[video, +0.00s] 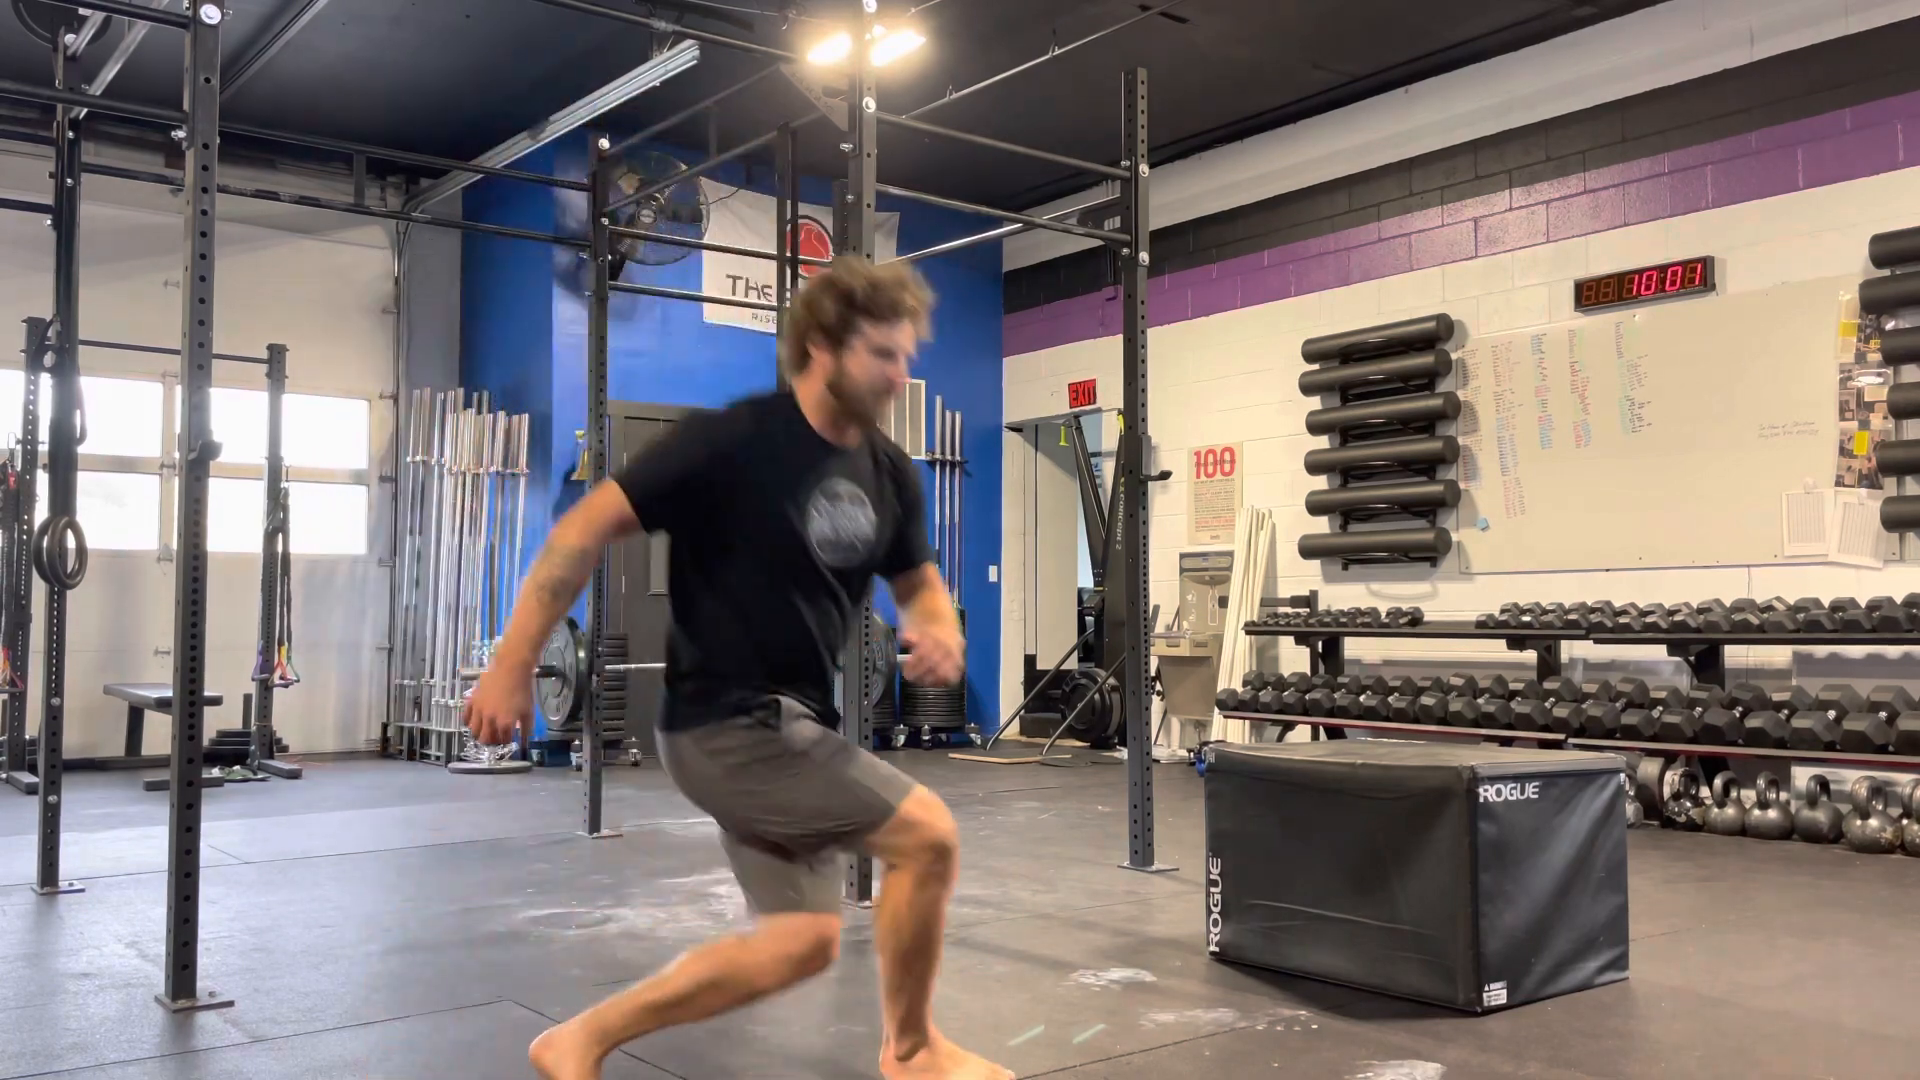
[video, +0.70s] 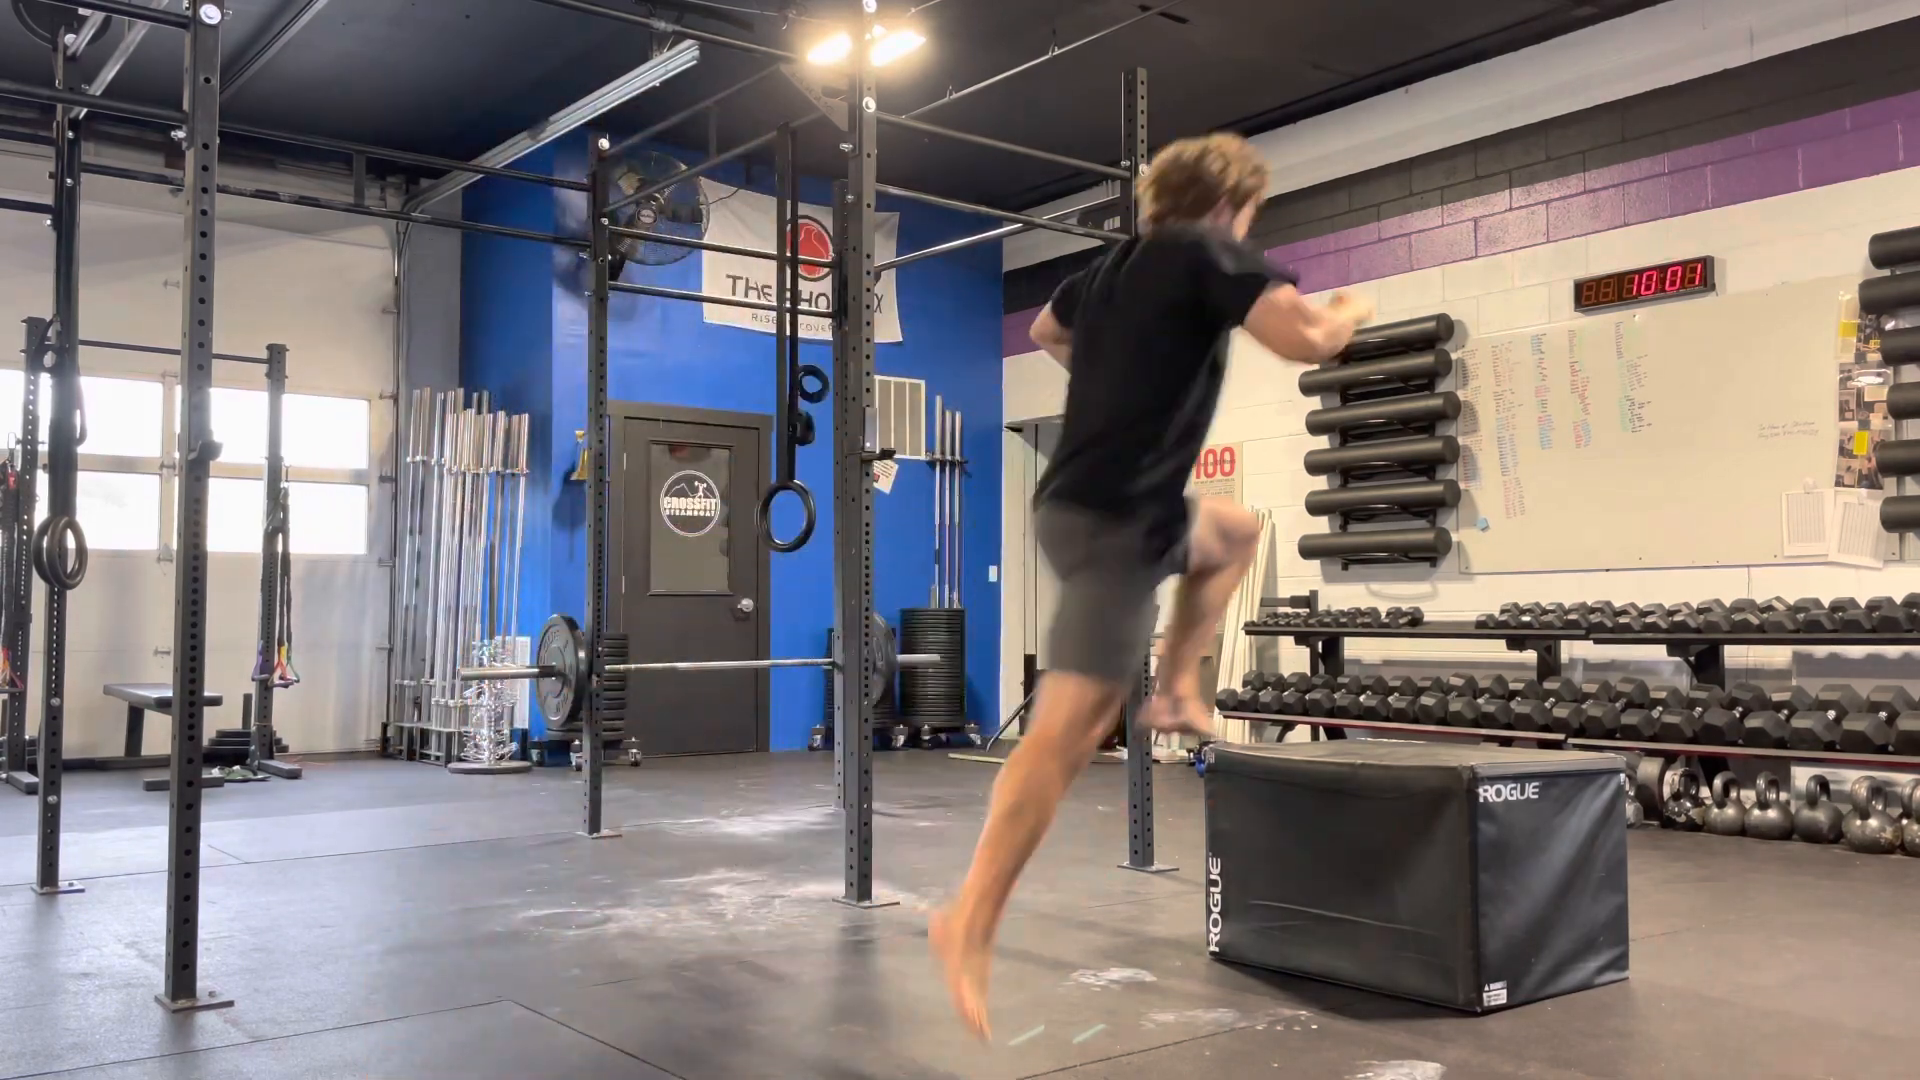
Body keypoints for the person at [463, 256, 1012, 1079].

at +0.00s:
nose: (902, 376)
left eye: (908, 358)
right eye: (885, 354)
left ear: (908, 359)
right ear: (822, 351)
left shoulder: (885, 471)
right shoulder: (727, 441)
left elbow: (920, 585)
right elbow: (581, 530)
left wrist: (939, 632)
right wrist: (510, 665)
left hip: (793, 721)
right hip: (727, 720)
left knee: (804, 942)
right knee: (927, 836)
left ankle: (578, 1041)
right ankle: (911, 1048)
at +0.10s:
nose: (964, 457)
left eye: (970, 440)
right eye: (947, 436)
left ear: (972, 443)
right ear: (884, 437)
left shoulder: (948, 546)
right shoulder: (790, 507)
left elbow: (996, 651)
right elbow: (634, 555)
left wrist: (1001, 696)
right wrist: (525, 672)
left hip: (817, 780)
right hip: (756, 775)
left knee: (831, 995)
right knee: (970, 845)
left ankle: (599, 1036)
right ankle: (916, 1049)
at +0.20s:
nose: (1034, 509)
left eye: (1037, 491)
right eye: (1016, 491)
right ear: (954, 492)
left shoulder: (1008, 597)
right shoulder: (857, 542)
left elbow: (1062, 700)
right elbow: (696, 561)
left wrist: (1070, 728)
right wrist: (567, 645)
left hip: (835, 800)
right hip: (783, 787)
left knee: (835, 1023)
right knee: (1003, 851)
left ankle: (604, 1036)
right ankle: (917, 1048)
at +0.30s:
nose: (1109, 508)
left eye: (1110, 491)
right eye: (1094, 492)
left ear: (1056, 496)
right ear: (1033, 493)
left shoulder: (1062, 591)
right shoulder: (927, 548)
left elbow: (1100, 707)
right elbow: (767, 588)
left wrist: (1113, 705)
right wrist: (647, 678)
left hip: (852, 775)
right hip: (838, 764)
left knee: (839, 998)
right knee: (1040, 863)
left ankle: (606, 1035)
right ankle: (918, 1049)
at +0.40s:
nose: (1158, 451)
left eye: (1158, 435)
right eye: (1149, 434)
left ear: (1100, 438)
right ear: (1101, 436)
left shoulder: (1086, 519)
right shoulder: (993, 516)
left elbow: (1061, 614)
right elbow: (891, 660)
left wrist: (1112, 668)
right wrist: (823, 776)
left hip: (930, 723)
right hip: (908, 723)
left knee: (929, 937)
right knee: (1063, 866)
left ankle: (720, 978)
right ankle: (919, 1043)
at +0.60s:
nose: (1202, 309)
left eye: (1203, 293)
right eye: (1198, 293)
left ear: (1120, 289)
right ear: (1168, 294)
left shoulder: (1082, 353)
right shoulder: (1139, 368)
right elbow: (1250, 449)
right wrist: (1340, 430)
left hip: (1073, 592)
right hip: (1019, 616)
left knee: (1191, 620)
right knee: (1062, 833)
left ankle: (1115, 770)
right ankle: (924, 1026)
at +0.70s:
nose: (1253, 228)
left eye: (1255, 214)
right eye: (1251, 212)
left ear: (1167, 201)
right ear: (1225, 205)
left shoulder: (1108, 261)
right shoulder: (1209, 253)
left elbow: (1048, 331)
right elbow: (1310, 338)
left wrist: (1127, 349)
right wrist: (1346, 310)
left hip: (1076, 505)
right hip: (1118, 519)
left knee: (1236, 532)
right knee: (1064, 732)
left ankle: (1177, 691)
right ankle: (966, 929)